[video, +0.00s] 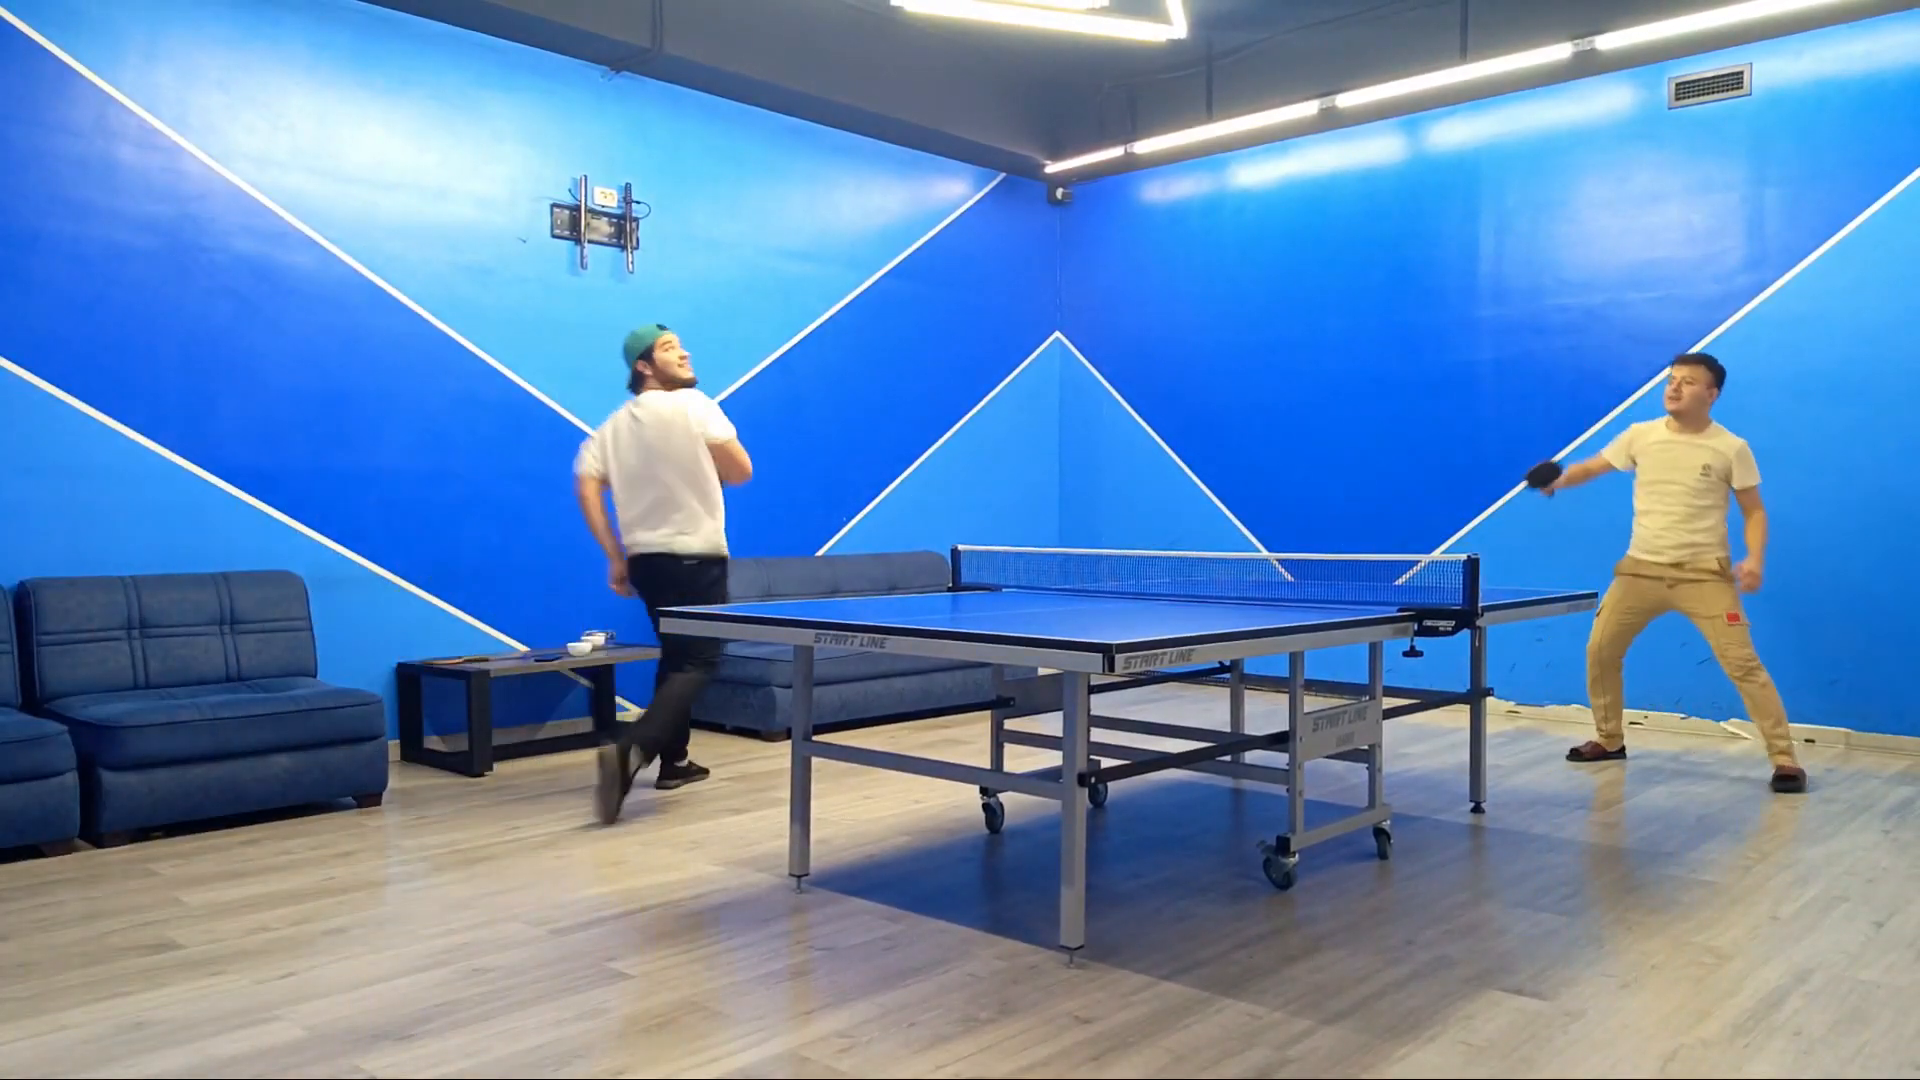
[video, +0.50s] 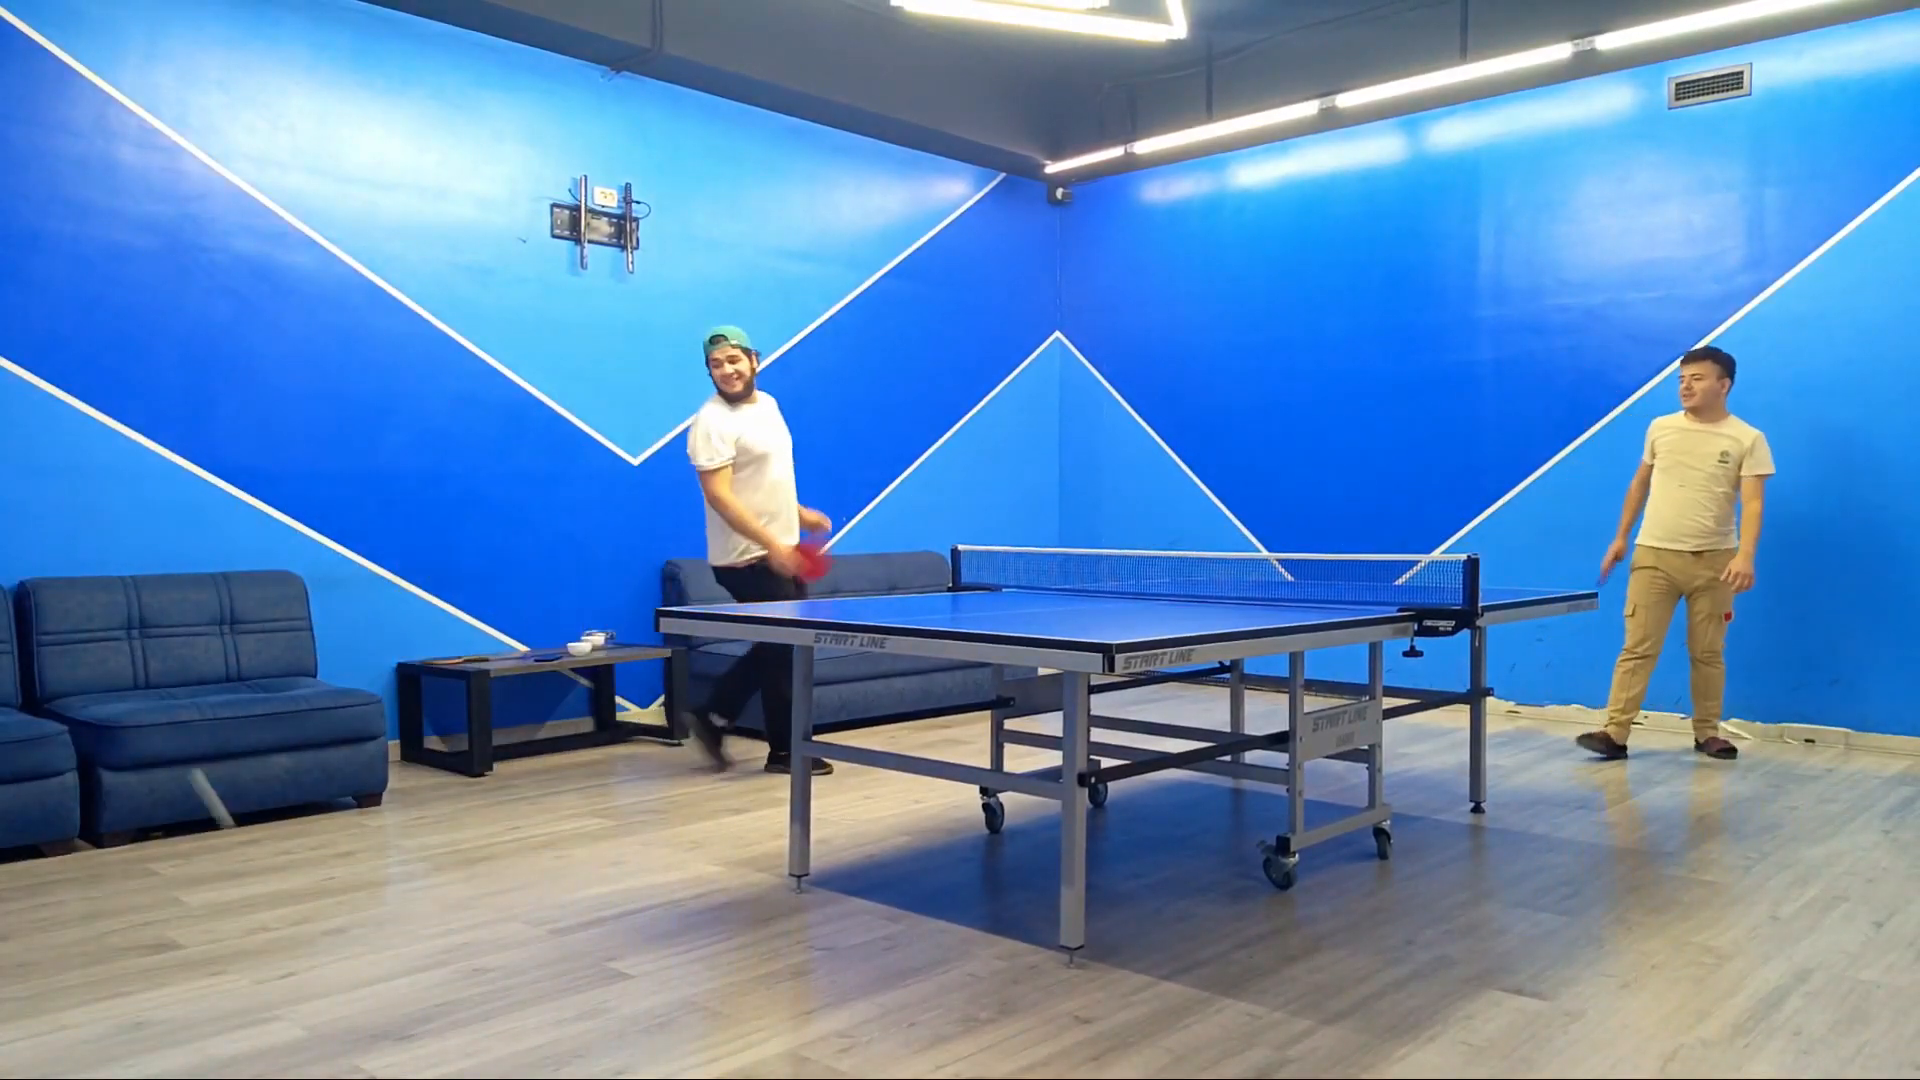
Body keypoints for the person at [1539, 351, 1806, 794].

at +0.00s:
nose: (1674, 387)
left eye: (1687, 382)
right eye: (1672, 380)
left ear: (1711, 394)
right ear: (1666, 387)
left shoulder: (1731, 449)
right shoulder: (1640, 435)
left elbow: (1754, 511)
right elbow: (1591, 466)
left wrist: (1755, 559)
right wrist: (1558, 480)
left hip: (1704, 577)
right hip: (1640, 572)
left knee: (1743, 664)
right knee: (1601, 649)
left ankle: (1784, 759)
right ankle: (1609, 741)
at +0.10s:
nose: (1666, 378)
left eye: (1678, 372)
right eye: (1662, 371)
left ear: (1702, 383)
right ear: (1656, 379)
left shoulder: (1723, 436)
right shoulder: (1633, 426)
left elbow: (1743, 497)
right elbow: (1585, 455)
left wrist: (1743, 545)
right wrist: (1565, 464)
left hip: (1702, 566)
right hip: (1637, 563)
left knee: (1733, 657)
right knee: (1612, 649)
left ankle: (1760, 752)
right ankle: (1609, 740)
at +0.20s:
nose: (1663, 378)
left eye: (1675, 371)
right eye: (1659, 372)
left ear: (1699, 379)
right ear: (1653, 379)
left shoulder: (1721, 432)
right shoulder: (1633, 425)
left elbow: (1743, 495)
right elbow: (1592, 458)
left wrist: (1740, 544)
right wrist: (1574, 470)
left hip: (1699, 561)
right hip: (1637, 559)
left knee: (1721, 653)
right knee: (1618, 649)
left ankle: (1732, 738)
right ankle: (1609, 739)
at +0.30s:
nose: (1666, 381)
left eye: (1677, 374)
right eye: (1662, 375)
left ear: (1703, 381)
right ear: (1657, 382)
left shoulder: (1727, 435)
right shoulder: (1639, 427)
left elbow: (1745, 499)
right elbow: (1604, 471)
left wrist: (1740, 548)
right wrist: (1585, 498)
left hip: (1698, 561)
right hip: (1638, 558)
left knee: (1710, 653)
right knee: (1622, 650)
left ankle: (1714, 732)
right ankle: (1610, 738)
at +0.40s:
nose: (1675, 385)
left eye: (1686, 378)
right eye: (1671, 379)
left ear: (1713, 384)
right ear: (1667, 384)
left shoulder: (1737, 439)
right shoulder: (1649, 430)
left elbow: (1747, 501)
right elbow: (1624, 481)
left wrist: (1743, 553)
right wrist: (1602, 526)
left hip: (1706, 563)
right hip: (1647, 558)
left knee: (1706, 655)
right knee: (1631, 650)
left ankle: (1708, 732)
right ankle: (1610, 737)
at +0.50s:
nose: (1686, 386)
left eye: (1697, 379)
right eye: (1683, 379)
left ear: (1724, 385)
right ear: (1679, 384)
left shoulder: (1747, 440)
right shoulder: (1661, 429)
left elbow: (1753, 504)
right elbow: (1640, 484)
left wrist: (1746, 556)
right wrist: (1621, 536)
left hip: (1713, 563)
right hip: (1655, 557)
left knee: (1707, 652)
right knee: (1637, 646)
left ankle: (1708, 732)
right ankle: (1615, 732)